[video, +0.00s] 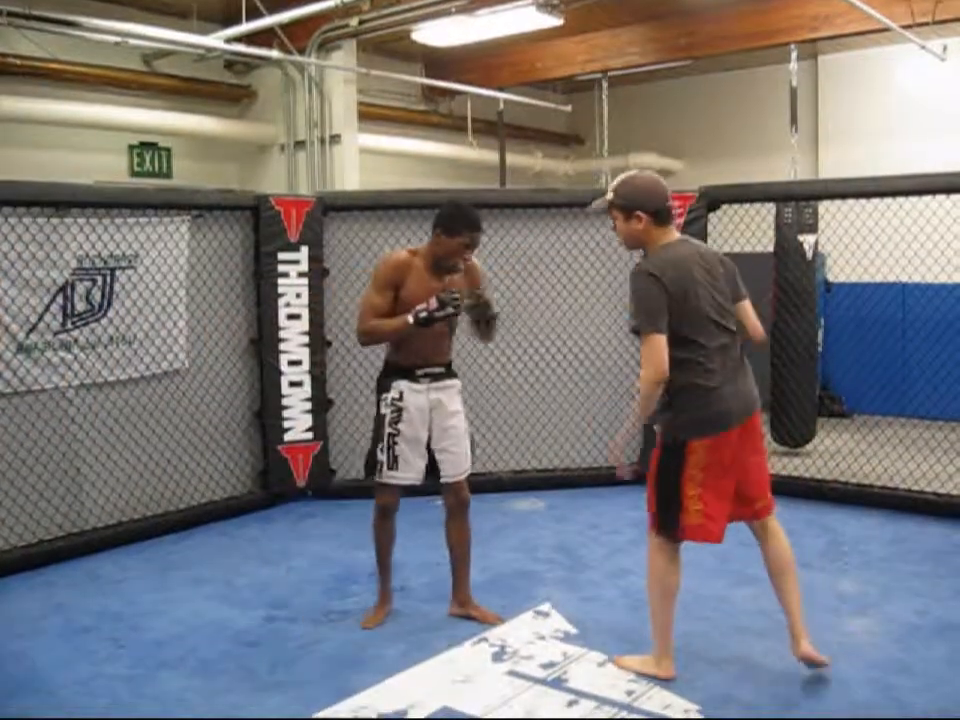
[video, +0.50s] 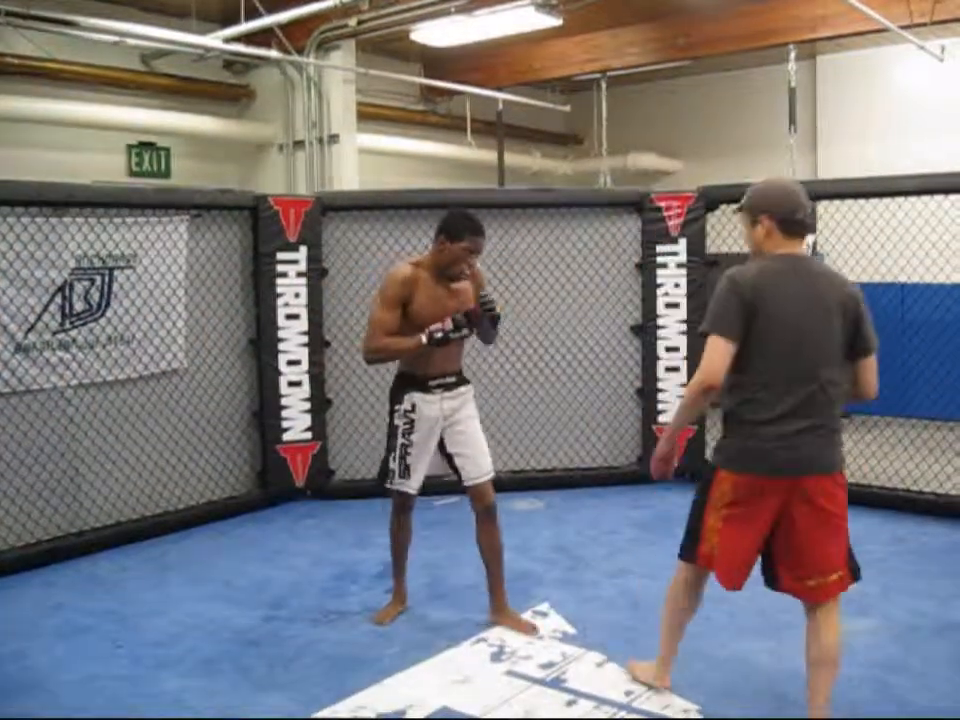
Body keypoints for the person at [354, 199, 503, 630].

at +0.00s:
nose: (469, 256)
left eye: (472, 248)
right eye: (465, 247)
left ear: (467, 245)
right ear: (441, 236)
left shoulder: (467, 271)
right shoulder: (395, 266)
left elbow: (485, 331)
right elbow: (366, 330)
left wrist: (479, 308)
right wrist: (418, 316)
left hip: (446, 390)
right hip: (400, 391)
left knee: (458, 497)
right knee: (386, 500)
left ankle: (462, 599)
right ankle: (384, 599)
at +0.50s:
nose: (470, 266)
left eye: (474, 258)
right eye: (466, 256)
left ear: (474, 253)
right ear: (442, 244)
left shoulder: (470, 277)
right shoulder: (402, 279)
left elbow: (484, 336)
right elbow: (372, 349)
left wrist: (486, 322)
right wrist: (427, 337)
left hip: (458, 398)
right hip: (414, 402)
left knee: (486, 501)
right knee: (403, 502)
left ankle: (500, 607)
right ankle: (398, 596)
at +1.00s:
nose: (487, 265)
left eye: (494, 257)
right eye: (481, 257)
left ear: (501, 251)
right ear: (462, 244)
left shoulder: (502, 270)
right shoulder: (429, 274)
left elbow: (532, 336)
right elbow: (404, 349)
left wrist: (514, 304)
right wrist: (446, 323)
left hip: (493, 398)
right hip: (446, 400)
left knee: (524, 510)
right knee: (438, 519)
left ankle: (506, 596)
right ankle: (439, 622)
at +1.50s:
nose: (548, 279)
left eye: (554, 272)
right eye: (542, 270)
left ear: (560, 266)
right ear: (523, 256)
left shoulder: (559, 276)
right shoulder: (487, 270)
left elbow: (590, 344)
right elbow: (473, 349)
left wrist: (585, 307)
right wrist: (518, 312)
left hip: (545, 408)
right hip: (493, 411)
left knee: (572, 531)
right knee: (462, 530)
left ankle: (573, 644)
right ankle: (446, 622)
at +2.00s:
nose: (572, 257)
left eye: (579, 247)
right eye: (563, 248)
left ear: (588, 240)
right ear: (540, 243)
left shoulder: (600, 262)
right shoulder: (512, 271)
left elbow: (664, 275)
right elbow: (485, 355)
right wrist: (522, 305)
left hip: (589, 415)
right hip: (531, 416)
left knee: (623, 547)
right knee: (500, 534)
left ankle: (653, 668)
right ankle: (482, 645)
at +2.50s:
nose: (604, 272)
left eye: (615, 262)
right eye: (596, 261)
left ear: (629, 252)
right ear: (576, 245)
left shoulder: (640, 277)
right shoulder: (548, 270)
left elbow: (662, 338)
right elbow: (507, 349)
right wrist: (547, 333)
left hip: (629, 414)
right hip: (569, 413)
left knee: (642, 529)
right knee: (576, 531)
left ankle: (656, 635)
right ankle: (581, 639)